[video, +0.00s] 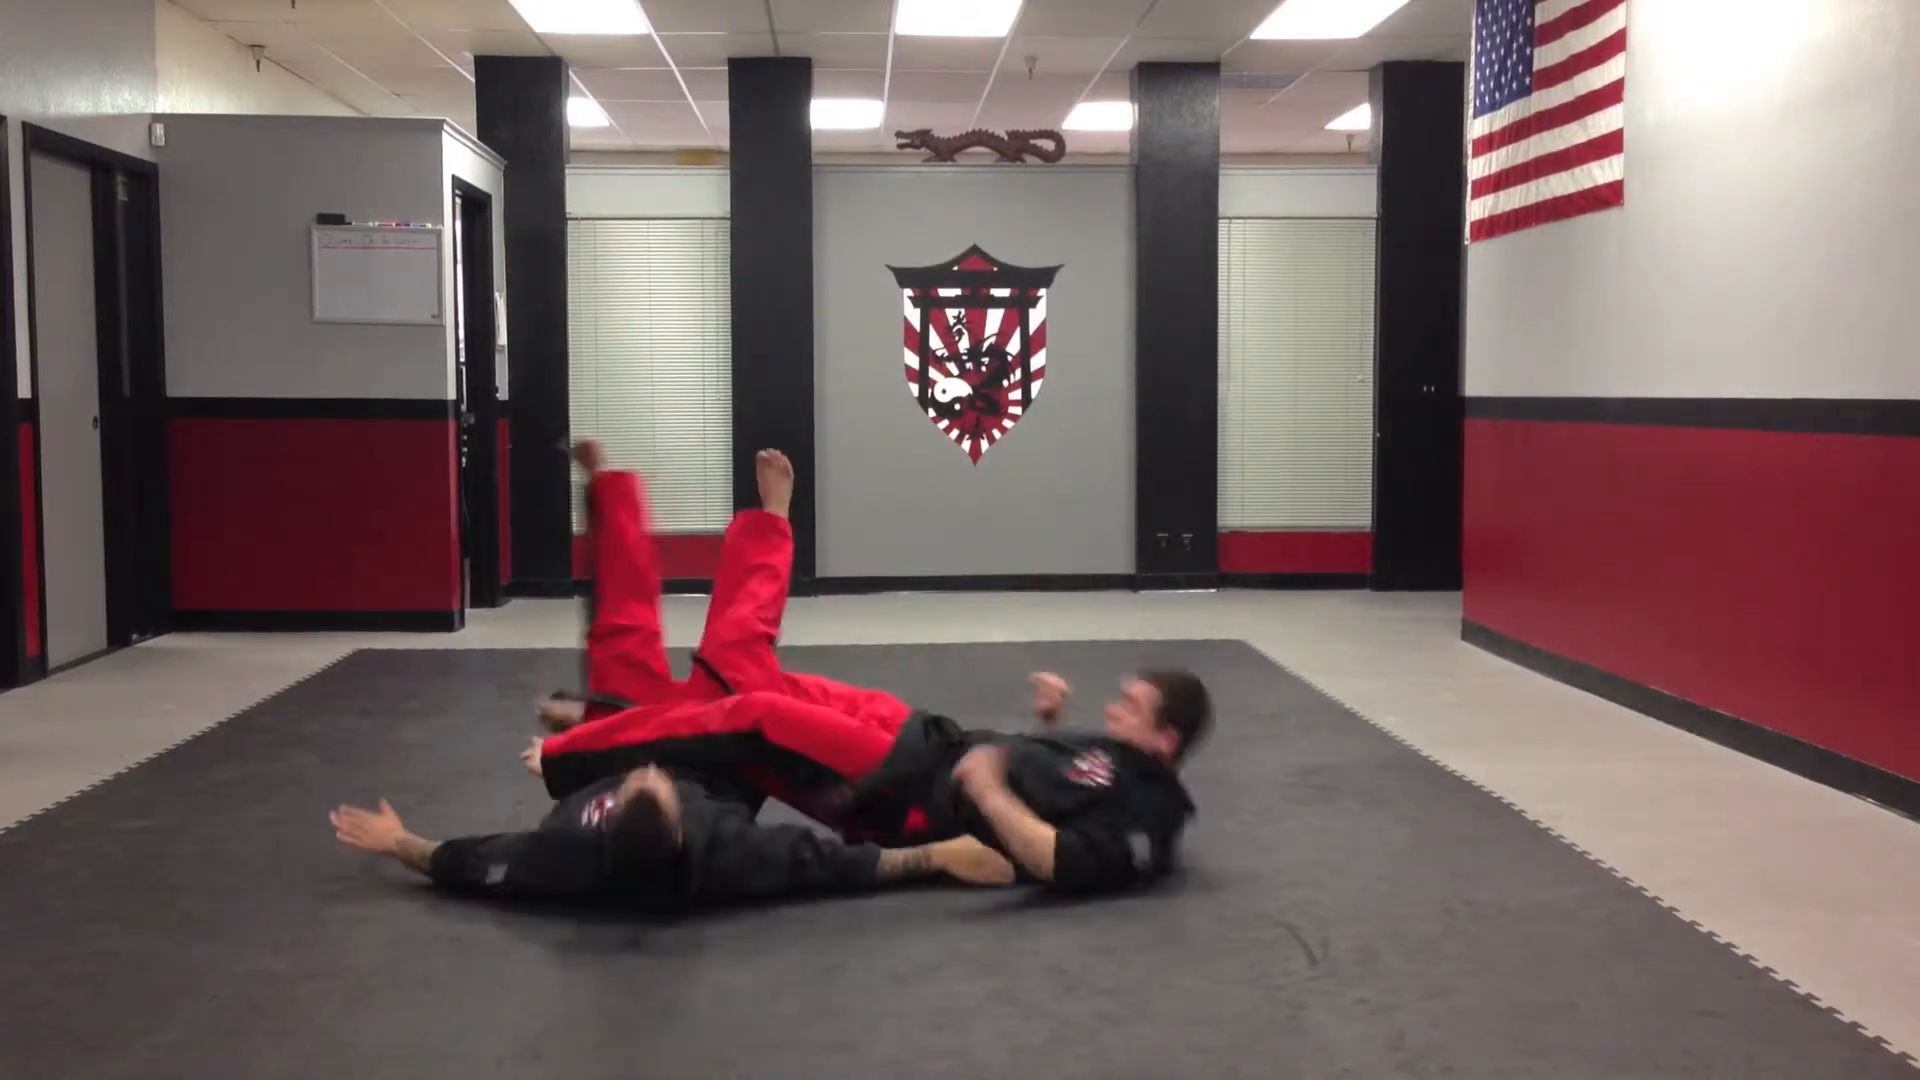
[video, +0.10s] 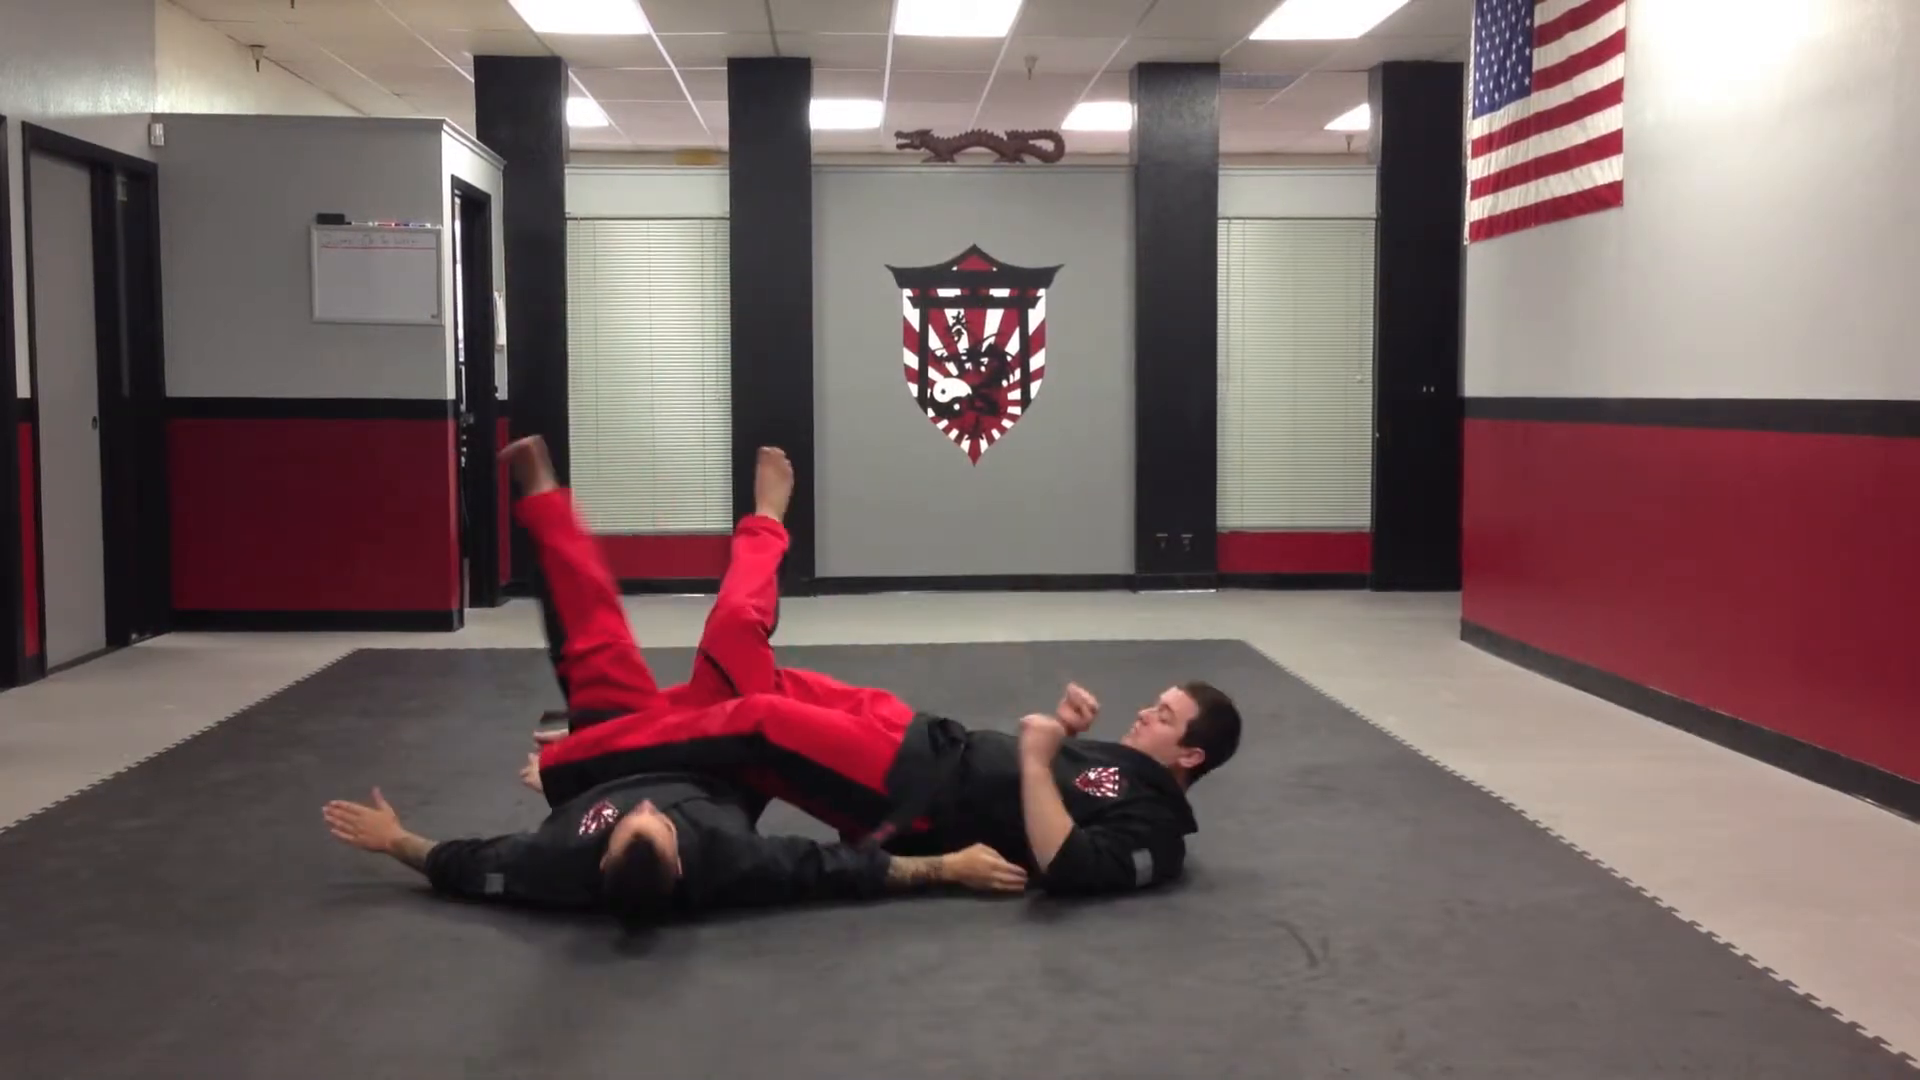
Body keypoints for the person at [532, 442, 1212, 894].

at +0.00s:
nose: (1114, 710)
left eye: (1131, 706)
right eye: (1122, 701)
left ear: (1166, 733)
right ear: (1147, 722)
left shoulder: (1146, 809)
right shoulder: (1116, 759)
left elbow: (1058, 863)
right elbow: (1044, 777)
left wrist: (992, 791)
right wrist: (1047, 723)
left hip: (913, 775)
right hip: (913, 732)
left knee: (756, 708)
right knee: (747, 690)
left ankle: (563, 757)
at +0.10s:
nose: (1144, 713)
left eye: (1164, 715)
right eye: (1153, 705)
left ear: (1191, 753)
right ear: (1160, 726)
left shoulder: (1156, 818)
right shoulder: (1121, 762)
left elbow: (1065, 867)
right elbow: (1036, 785)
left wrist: (1040, 757)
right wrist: (1071, 732)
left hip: (913, 778)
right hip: (908, 728)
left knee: (759, 714)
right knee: (748, 673)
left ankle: (569, 760)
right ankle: (768, 524)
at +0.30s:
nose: (1137, 716)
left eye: (1157, 716)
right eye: (1145, 707)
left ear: (1186, 753)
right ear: (1149, 721)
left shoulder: (1150, 818)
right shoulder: (1111, 763)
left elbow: (1066, 869)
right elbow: (1018, 790)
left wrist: (1042, 760)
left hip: (913, 782)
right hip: (912, 737)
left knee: (767, 719)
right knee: (772, 687)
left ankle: (572, 765)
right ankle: (611, 733)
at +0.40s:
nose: (1131, 711)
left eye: (1150, 711)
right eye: (1139, 702)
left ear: (1181, 748)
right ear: (1146, 719)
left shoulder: (1144, 818)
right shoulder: (1106, 760)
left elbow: (1057, 859)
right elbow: (1015, 786)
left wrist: (1037, 748)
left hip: (911, 783)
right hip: (910, 738)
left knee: (763, 714)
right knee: (772, 678)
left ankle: (571, 764)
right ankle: (605, 726)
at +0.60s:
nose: (1124, 705)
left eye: (1144, 703)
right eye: (1130, 696)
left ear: (1176, 736)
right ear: (1137, 713)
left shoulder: (1140, 791)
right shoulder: (1109, 756)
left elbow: (1045, 804)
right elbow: (1029, 779)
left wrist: (1012, 710)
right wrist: (997, 720)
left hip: (919, 783)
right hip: (915, 748)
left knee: (755, 721)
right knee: (763, 704)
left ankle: (565, 770)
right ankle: (593, 730)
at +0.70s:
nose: (1106, 686)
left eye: (1125, 684)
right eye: (1113, 678)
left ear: (1159, 713)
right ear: (1136, 704)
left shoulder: (1132, 754)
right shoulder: (1102, 745)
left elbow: (1080, 776)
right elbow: (1039, 768)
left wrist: (1000, 702)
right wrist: (986, 710)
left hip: (922, 783)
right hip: (916, 792)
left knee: (756, 720)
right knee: (751, 736)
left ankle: (556, 759)